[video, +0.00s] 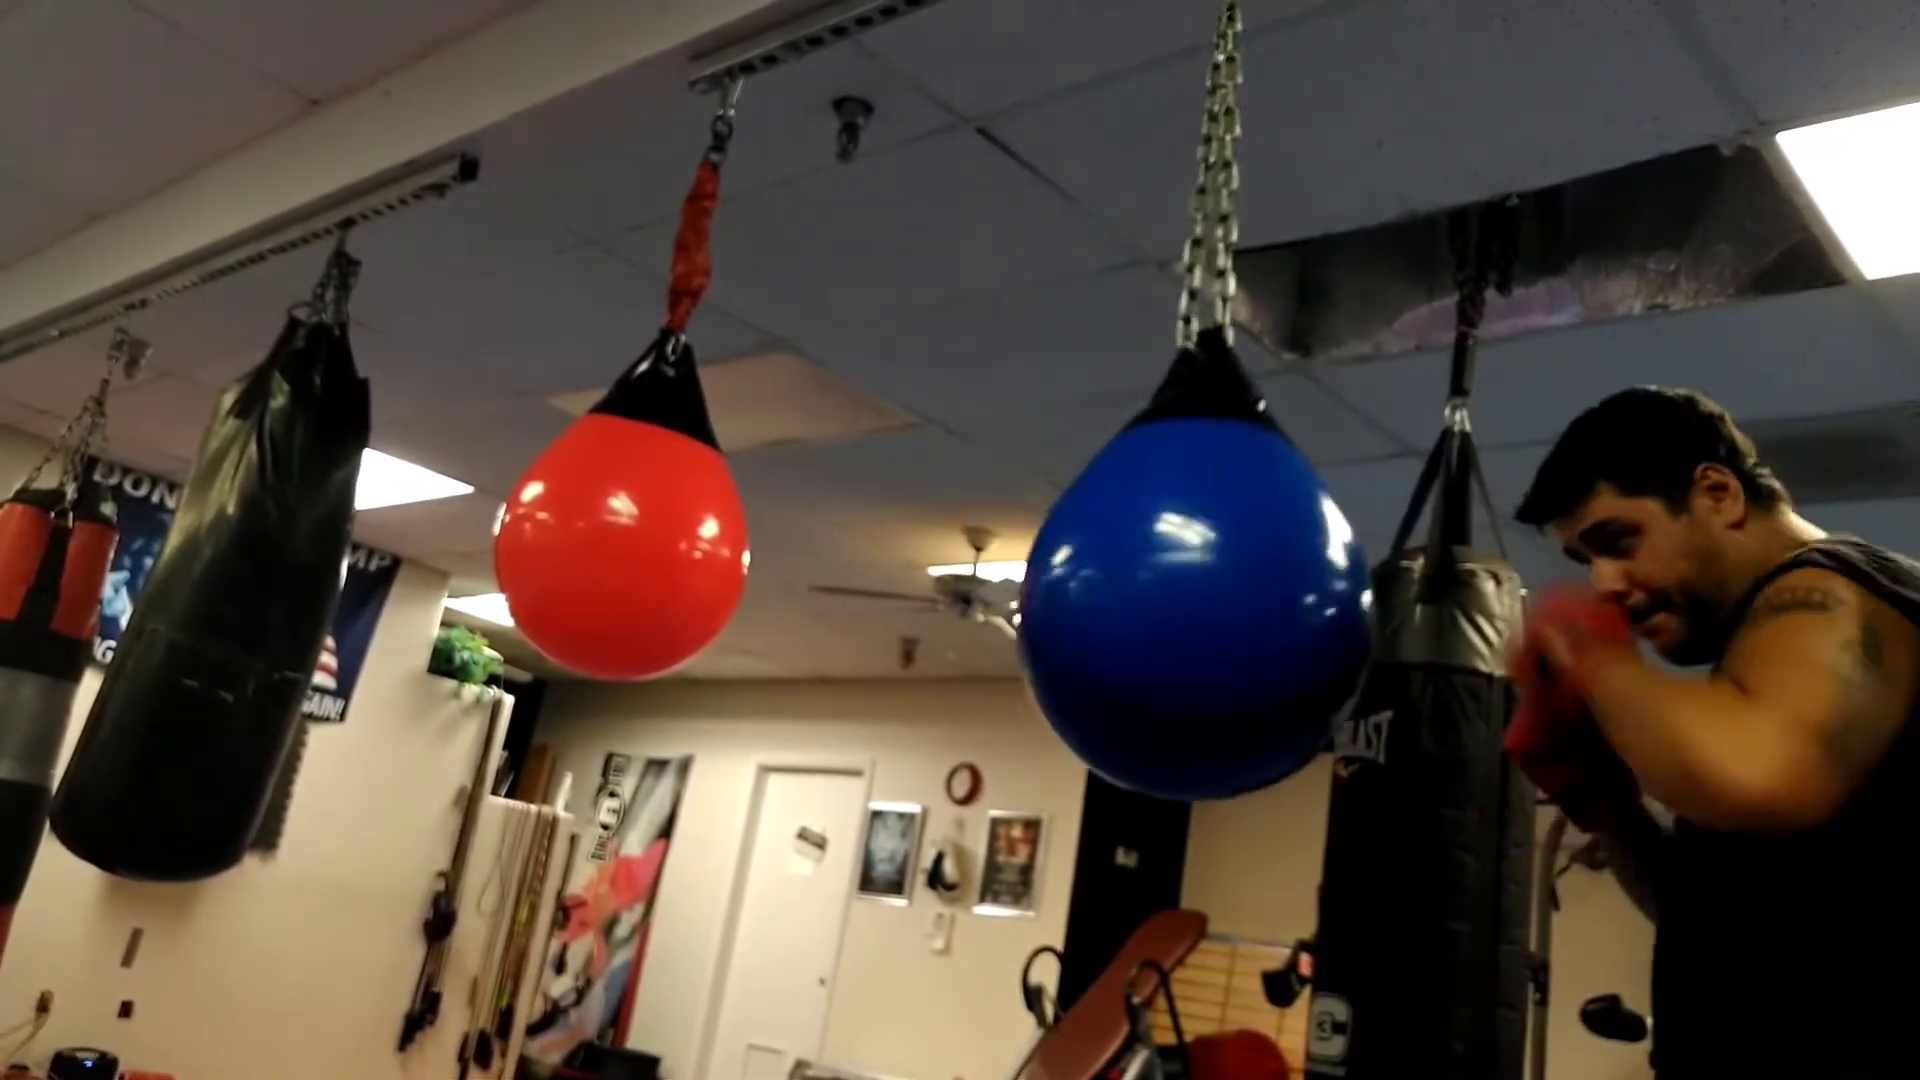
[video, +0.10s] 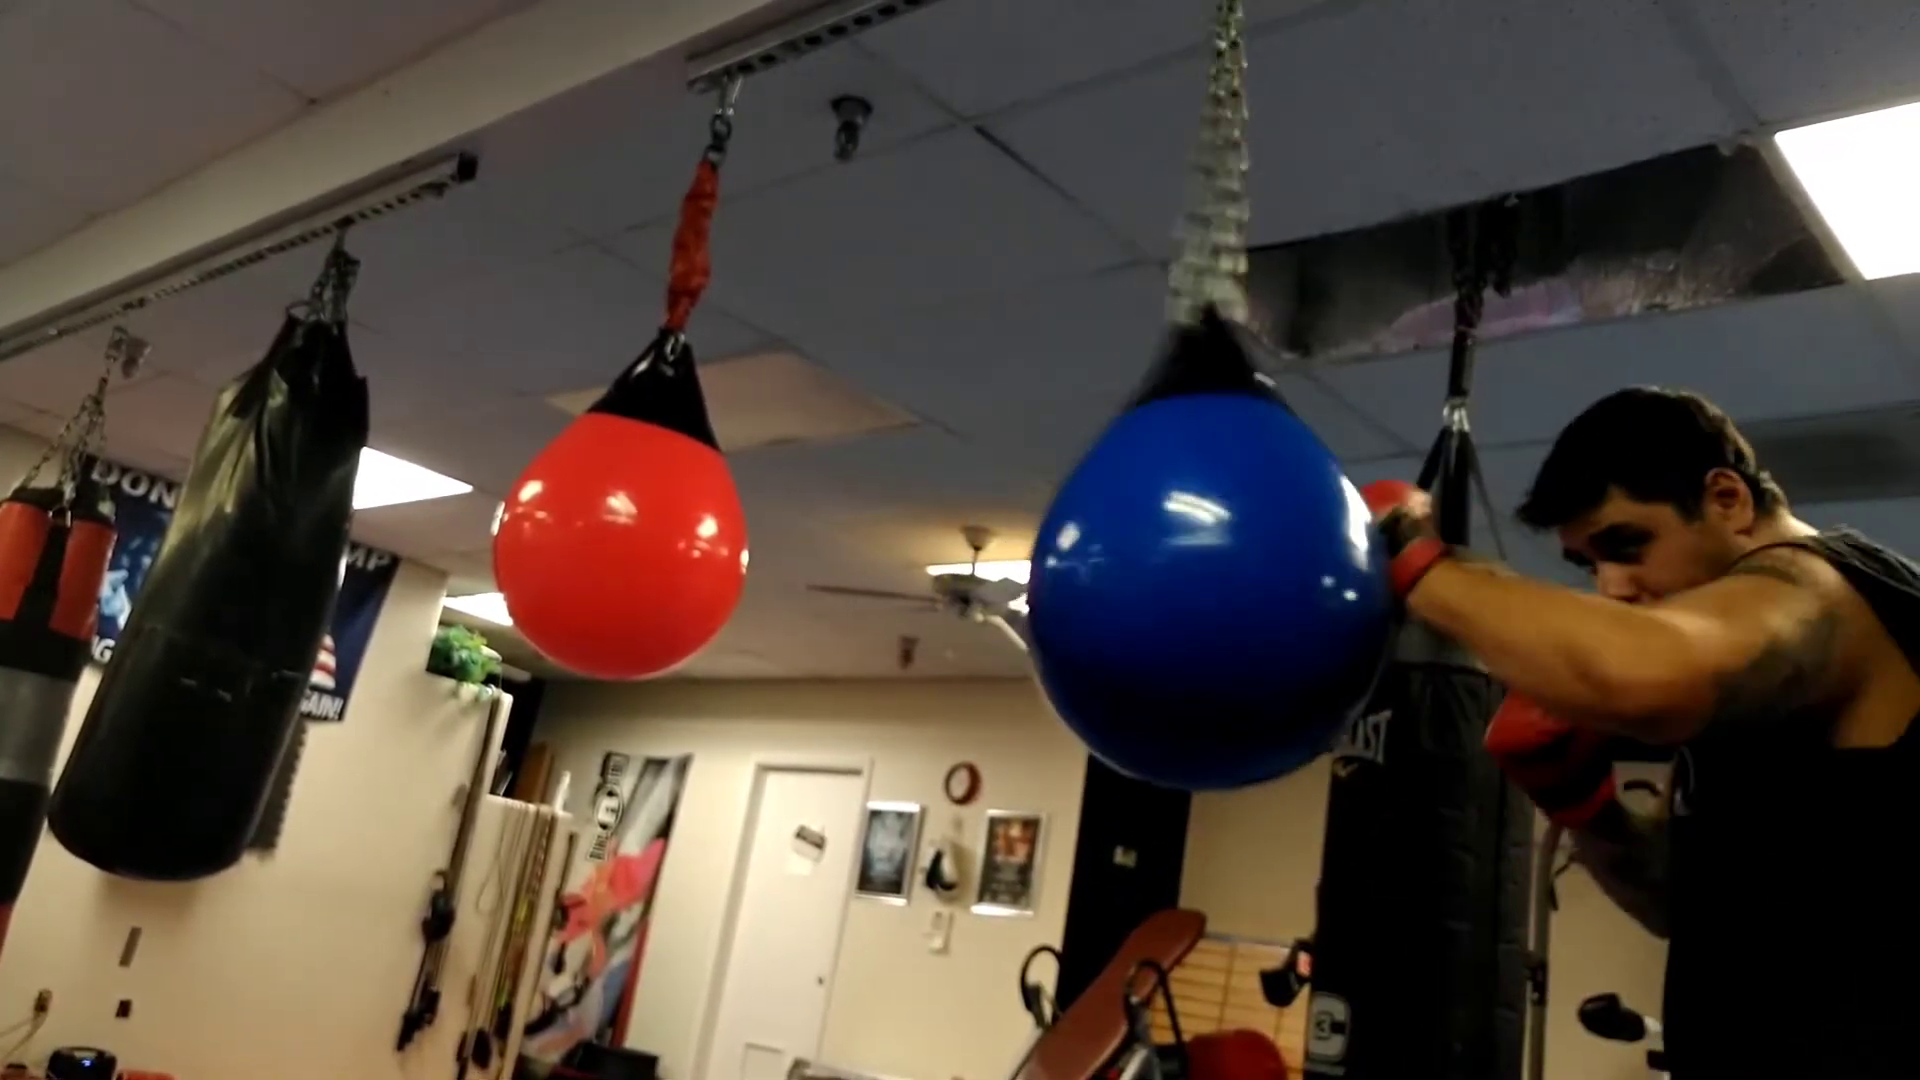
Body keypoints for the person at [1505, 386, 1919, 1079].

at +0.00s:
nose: (1605, 584)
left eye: (1620, 543)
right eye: (1586, 561)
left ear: (1719, 497)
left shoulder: (1825, 593)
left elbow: (1763, 765)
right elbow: (1727, 921)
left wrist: (1598, 657)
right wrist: (1603, 807)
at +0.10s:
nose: (1613, 592)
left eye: (1627, 547)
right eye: (1593, 565)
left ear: (1727, 503)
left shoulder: (1815, 584)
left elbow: (1644, 673)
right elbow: (1693, 901)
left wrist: (1416, 567)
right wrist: (1584, 803)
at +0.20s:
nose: (1625, 589)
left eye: (1647, 545)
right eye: (1607, 562)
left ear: (1749, 509)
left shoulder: (1821, 595)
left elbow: (1674, 681)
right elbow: (1672, 914)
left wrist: (1428, 590)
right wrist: (1593, 801)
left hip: (1839, 1055)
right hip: (1731, 1051)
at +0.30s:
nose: (1633, 596)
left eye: (1656, 555)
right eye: (1615, 574)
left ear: (1756, 525)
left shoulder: (1836, 616)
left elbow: (1805, 767)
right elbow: (1700, 954)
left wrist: (1529, 688)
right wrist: (1625, 821)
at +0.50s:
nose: (1627, 627)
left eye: (1647, 585)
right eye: (1607, 605)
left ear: (1743, 559)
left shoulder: (1863, 666)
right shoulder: (1726, 725)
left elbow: (1908, 876)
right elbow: (1698, 974)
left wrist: (1674, 804)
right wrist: (1621, 868)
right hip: (1729, 1072)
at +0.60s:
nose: (1617, 619)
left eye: (1641, 578)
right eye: (1597, 597)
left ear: (1734, 550)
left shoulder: (1846, 653)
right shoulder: (1693, 714)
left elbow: (1847, 847)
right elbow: (1614, 926)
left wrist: (1614, 727)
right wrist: (1557, 802)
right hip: (1702, 1061)